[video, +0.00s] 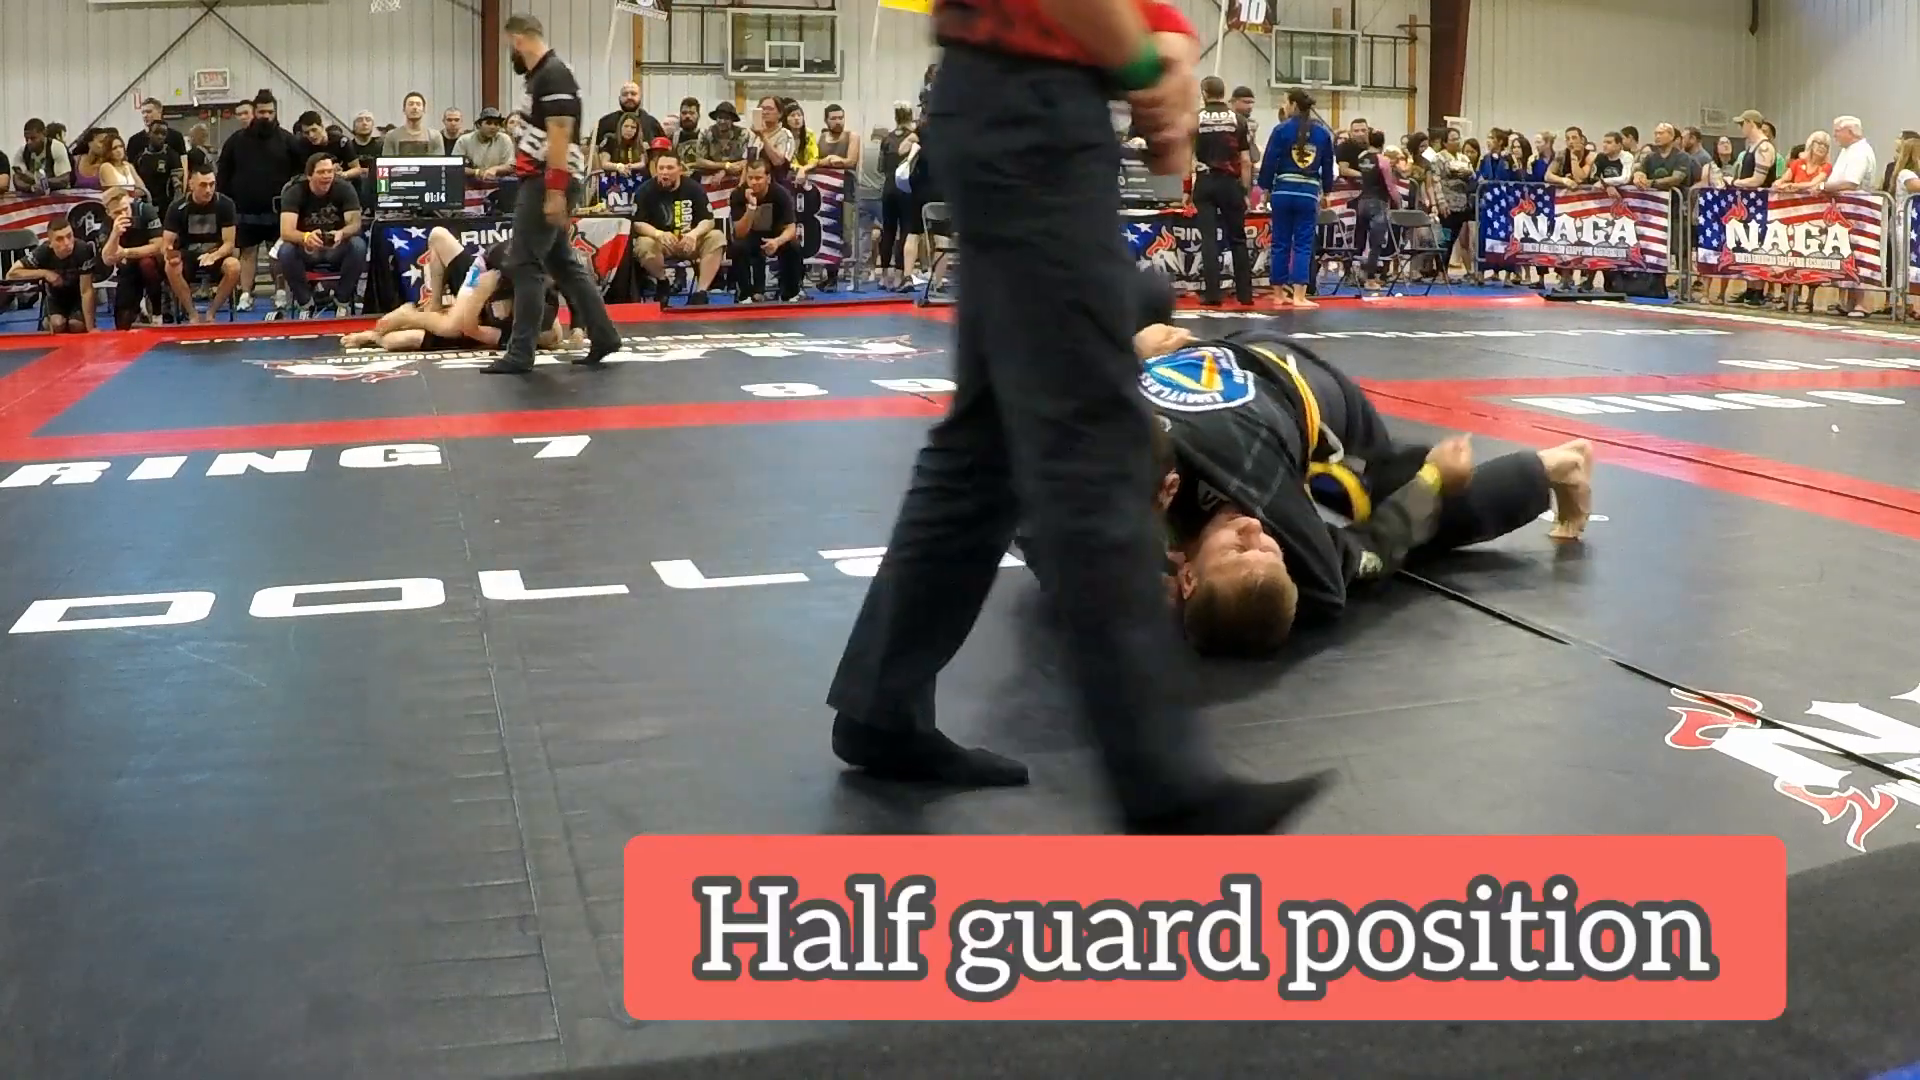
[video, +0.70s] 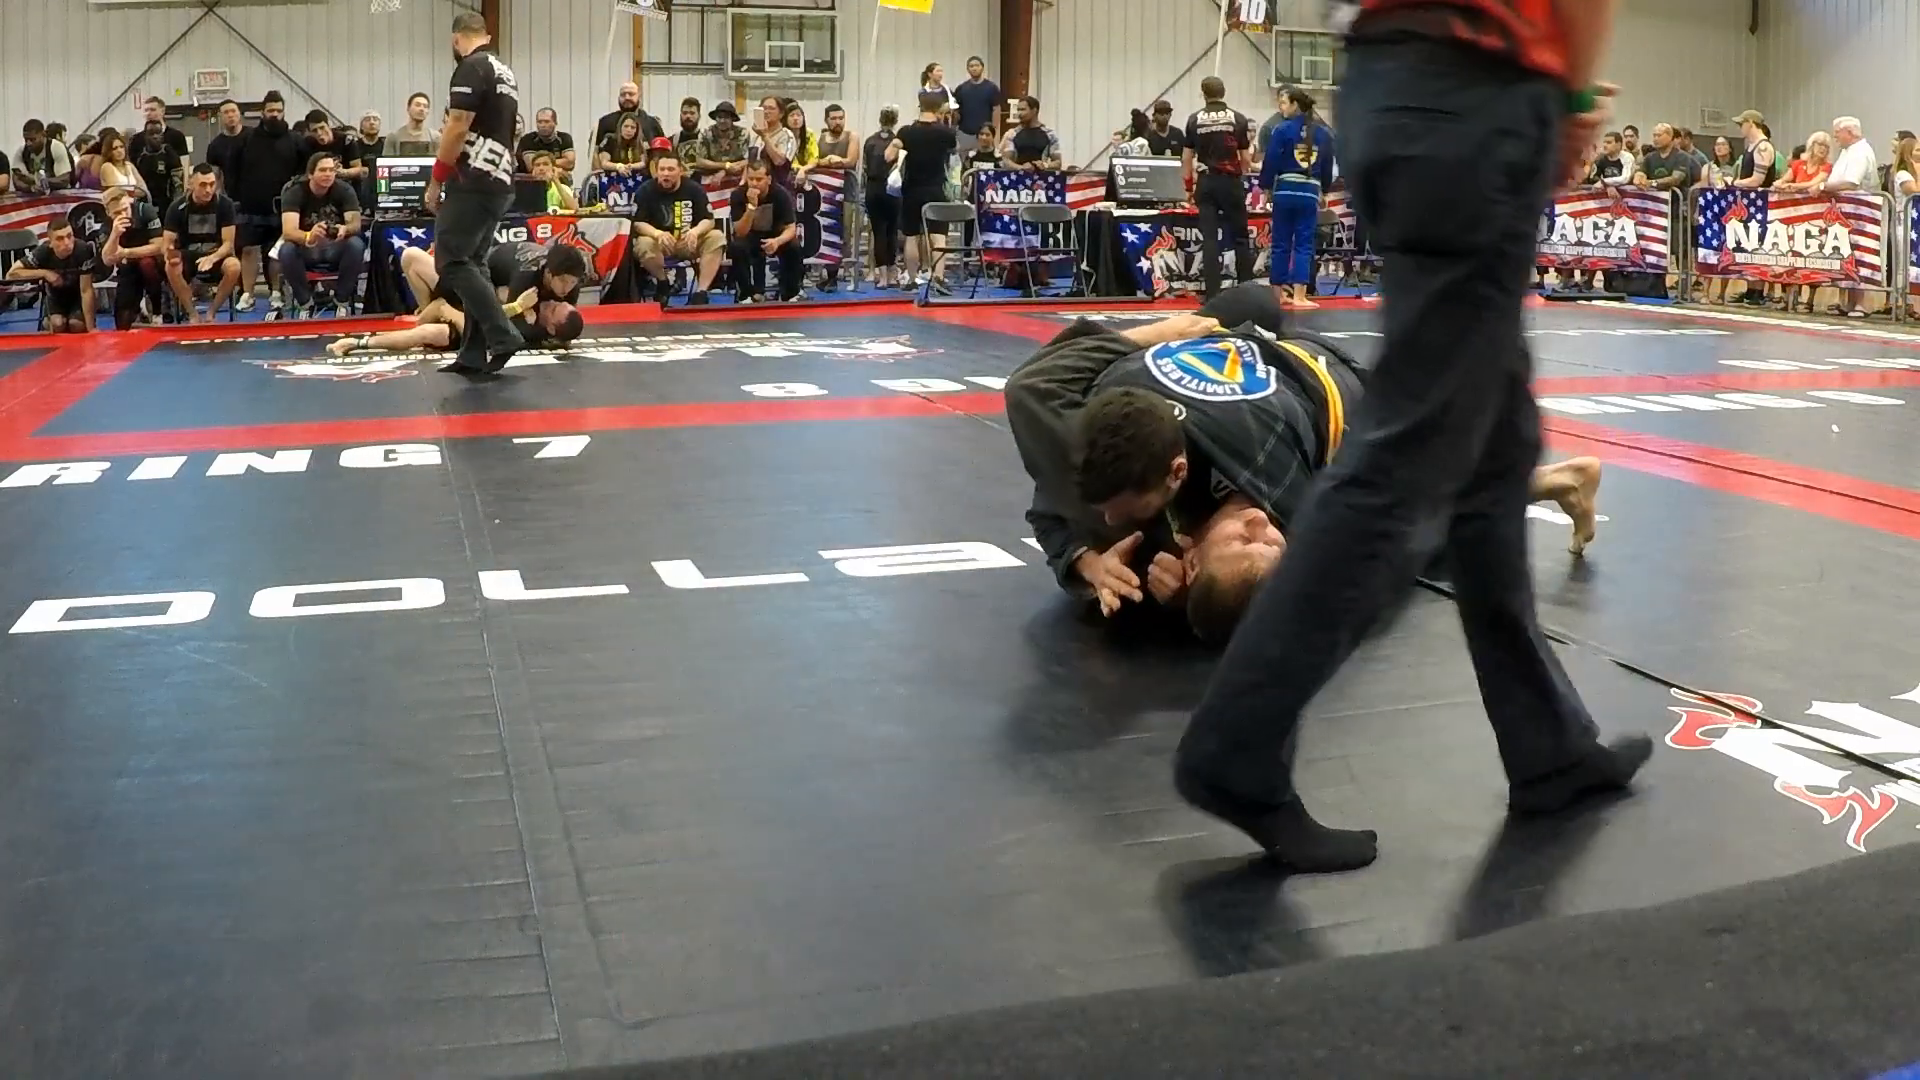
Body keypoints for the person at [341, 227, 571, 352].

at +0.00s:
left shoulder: (548, 291)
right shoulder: (499, 273)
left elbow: (553, 338)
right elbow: (468, 326)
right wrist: (507, 340)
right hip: (479, 278)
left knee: (403, 339)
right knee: (449, 327)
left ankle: (373, 339)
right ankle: (407, 315)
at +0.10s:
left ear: (539, 279)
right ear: (503, 275)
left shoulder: (540, 296)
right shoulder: (485, 269)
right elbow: (472, 330)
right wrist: (495, 299)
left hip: (490, 332)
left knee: (411, 339)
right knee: (432, 240)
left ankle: (370, 341)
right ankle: (428, 303)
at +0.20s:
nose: (549, 293)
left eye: (555, 287)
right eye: (546, 285)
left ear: (562, 288)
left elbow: (476, 341)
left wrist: (446, 308)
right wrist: (498, 304)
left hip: (476, 328)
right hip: (474, 293)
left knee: (419, 339)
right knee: (417, 253)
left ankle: (375, 342)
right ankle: (426, 314)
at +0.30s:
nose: (559, 290)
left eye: (562, 285)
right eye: (554, 284)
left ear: (563, 280)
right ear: (538, 277)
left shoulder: (551, 301)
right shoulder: (512, 284)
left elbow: (564, 335)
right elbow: (474, 333)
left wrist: (564, 339)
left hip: (477, 319)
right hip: (469, 286)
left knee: (433, 335)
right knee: (416, 252)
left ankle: (372, 343)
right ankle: (427, 310)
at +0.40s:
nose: (557, 290)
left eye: (562, 284)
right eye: (553, 283)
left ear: (565, 279)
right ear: (537, 275)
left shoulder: (550, 303)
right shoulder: (511, 279)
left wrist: (554, 338)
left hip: (478, 324)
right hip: (467, 291)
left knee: (436, 339)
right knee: (410, 256)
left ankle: (370, 339)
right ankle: (426, 315)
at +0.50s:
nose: (564, 290)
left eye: (568, 284)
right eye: (561, 283)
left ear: (568, 277)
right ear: (544, 274)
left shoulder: (542, 314)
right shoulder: (524, 283)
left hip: (475, 324)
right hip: (466, 291)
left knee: (439, 338)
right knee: (410, 253)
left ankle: (364, 344)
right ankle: (424, 314)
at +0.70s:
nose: (548, 307)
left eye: (552, 314)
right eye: (554, 305)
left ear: (553, 330)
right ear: (554, 300)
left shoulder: (532, 333)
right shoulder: (536, 303)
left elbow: (488, 332)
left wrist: (444, 310)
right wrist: (516, 308)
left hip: (465, 330)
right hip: (463, 300)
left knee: (433, 334)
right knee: (411, 256)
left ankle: (359, 343)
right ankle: (423, 326)